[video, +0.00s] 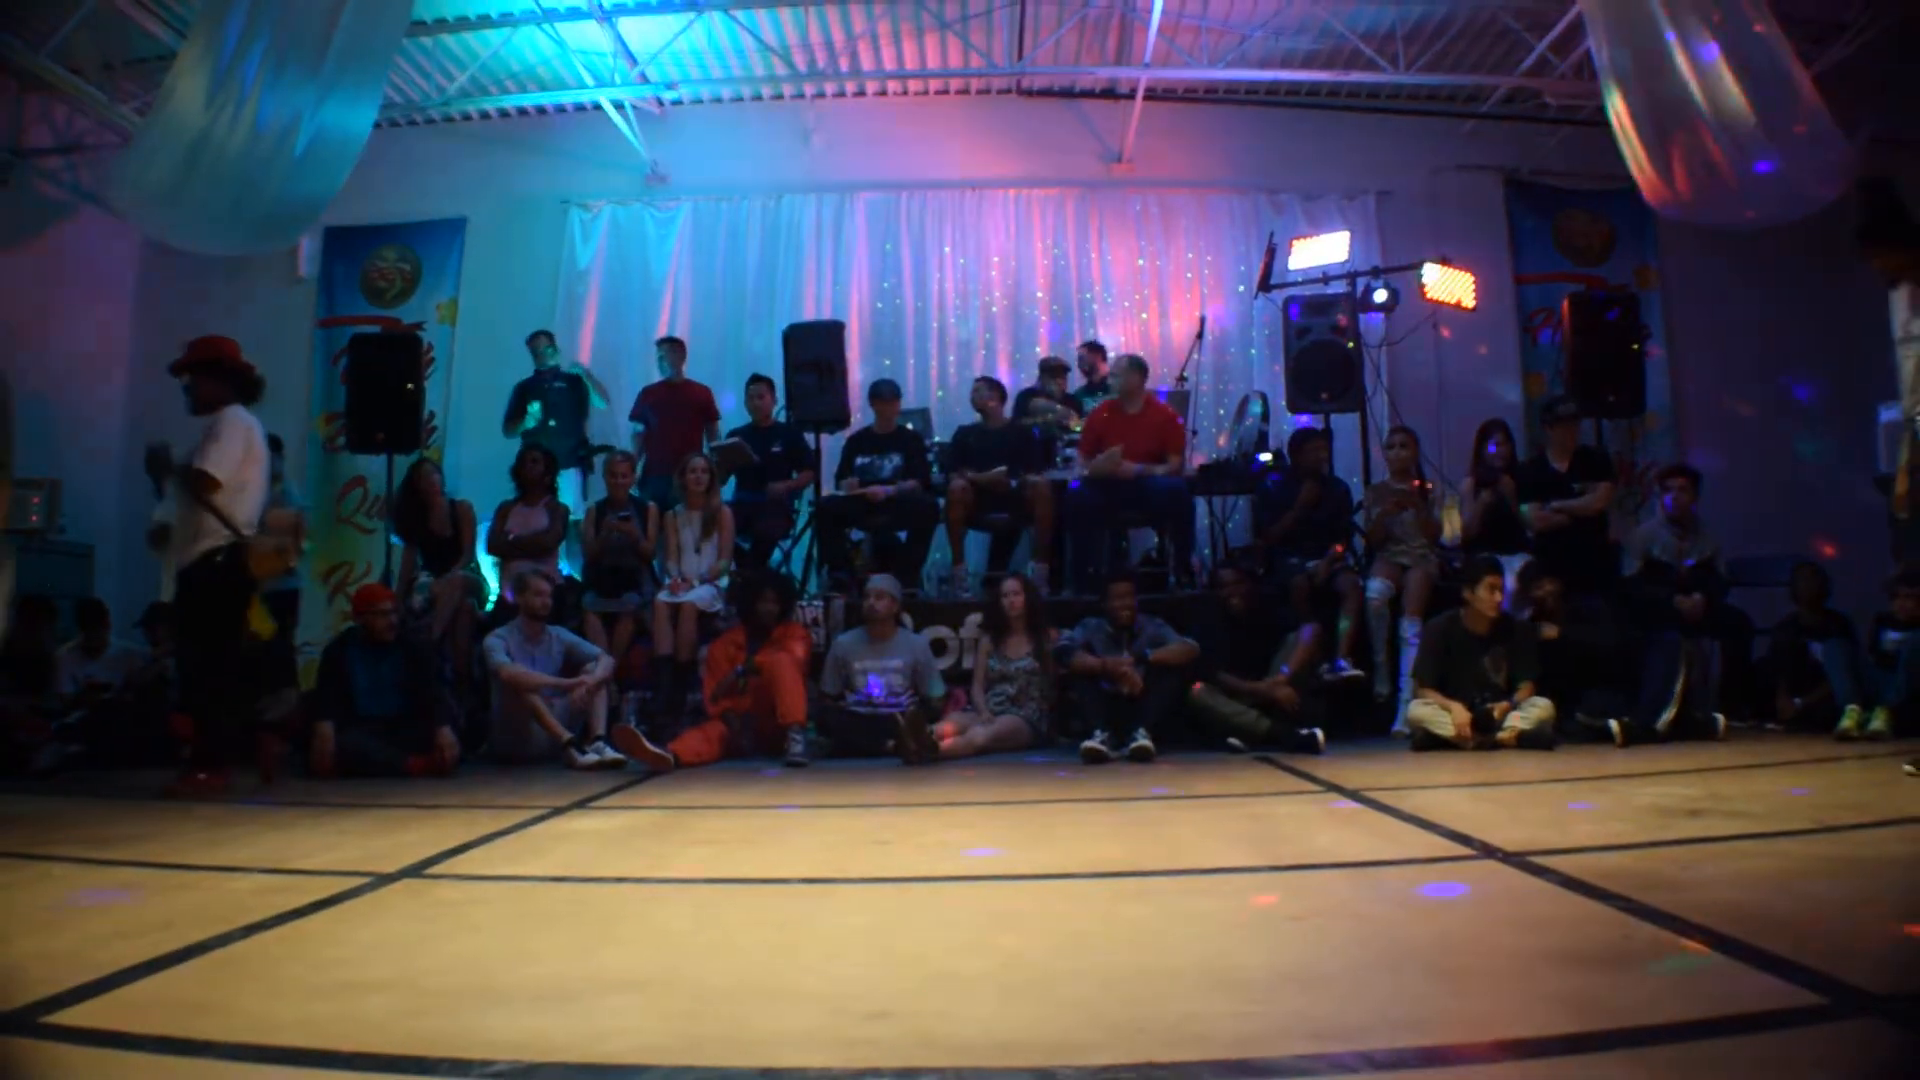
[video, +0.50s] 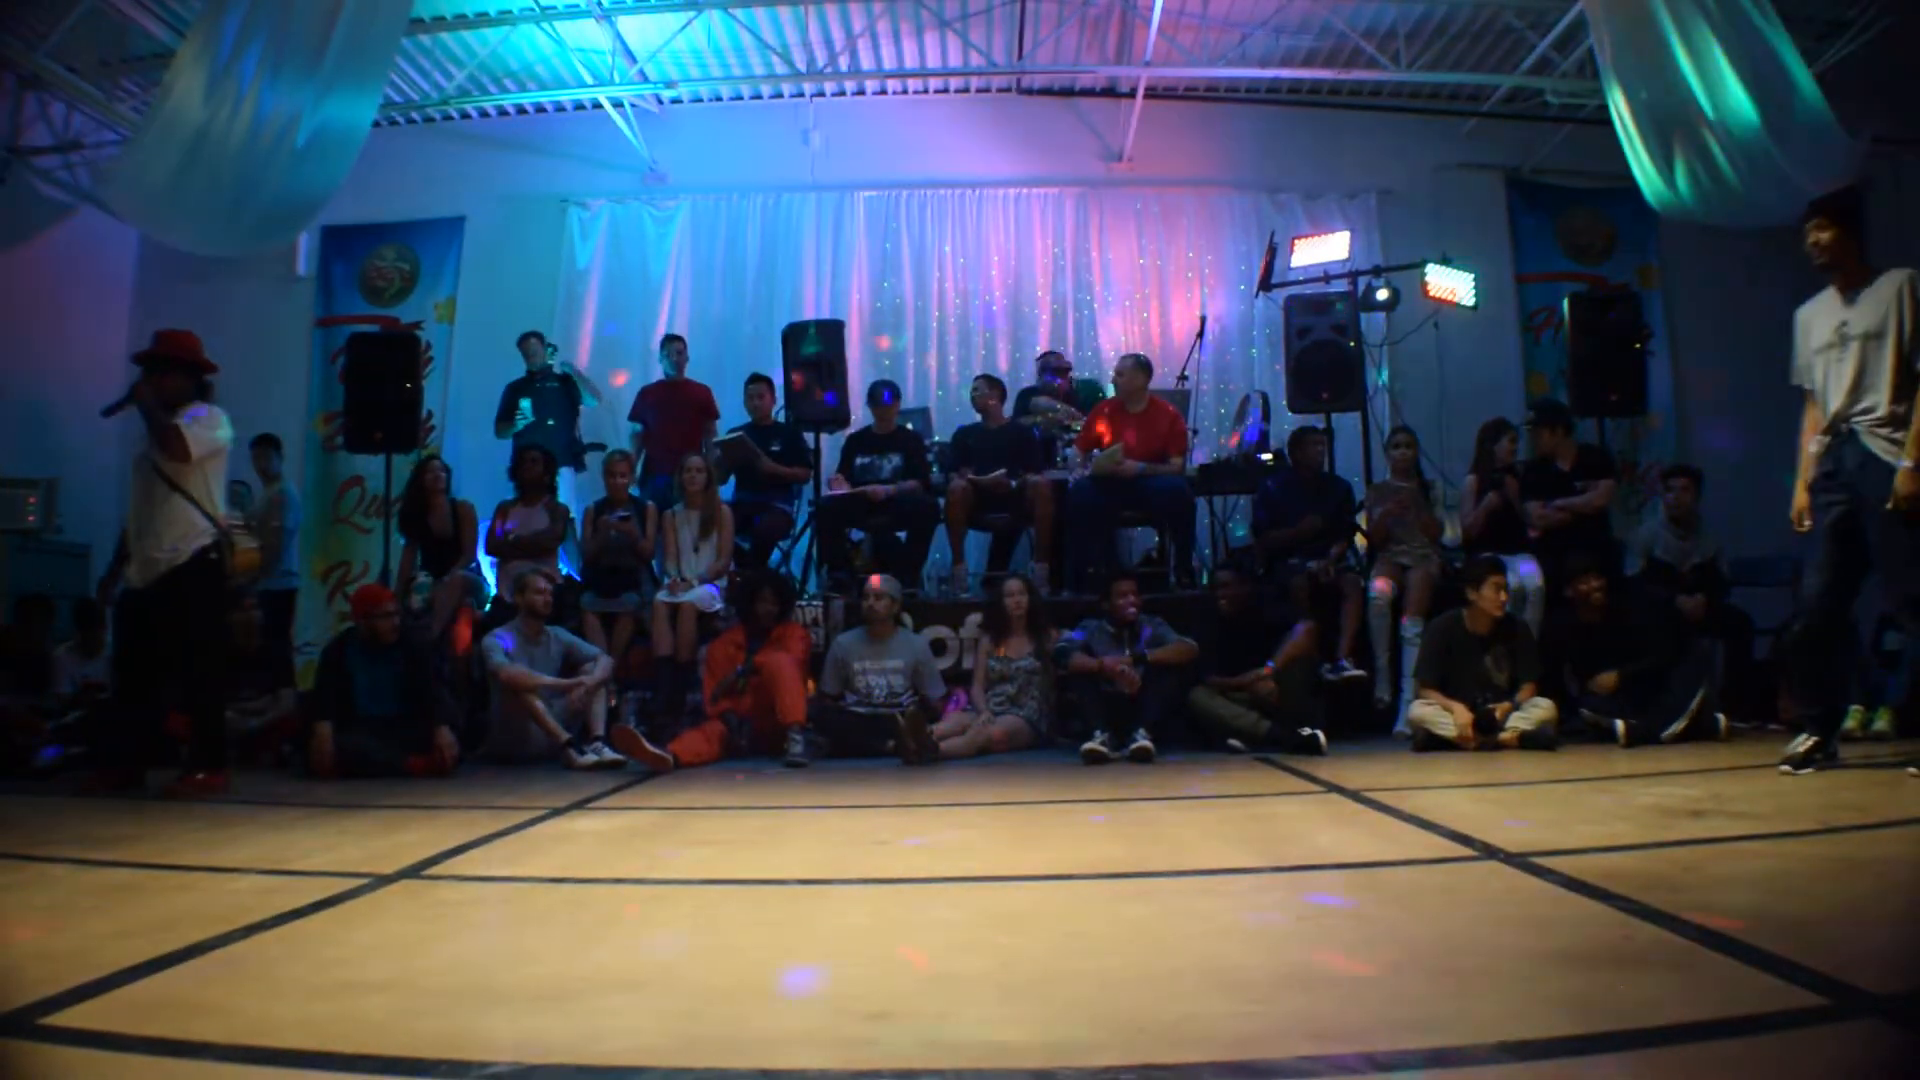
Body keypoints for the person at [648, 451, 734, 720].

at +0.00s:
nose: (699, 477)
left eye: (704, 472)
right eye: (693, 472)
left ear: (711, 477)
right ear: (683, 477)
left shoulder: (721, 513)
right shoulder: (672, 516)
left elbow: (725, 560)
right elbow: (671, 557)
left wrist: (699, 580)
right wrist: (675, 577)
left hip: (710, 579)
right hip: (681, 580)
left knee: (688, 605)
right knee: (661, 603)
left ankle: (682, 679)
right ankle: (663, 678)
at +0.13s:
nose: (696, 477)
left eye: (702, 472)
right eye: (691, 472)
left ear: (710, 478)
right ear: (682, 477)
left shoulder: (721, 513)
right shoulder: (672, 516)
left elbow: (724, 561)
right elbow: (670, 556)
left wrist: (699, 580)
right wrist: (674, 577)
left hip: (710, 579)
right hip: (680, 580)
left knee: (688, 606)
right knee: (660, 604)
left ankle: (682, 680)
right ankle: (662, 679)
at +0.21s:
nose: (695, 477)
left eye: (701, 472)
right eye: (690, 472)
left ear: (709, 477)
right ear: (681, 477)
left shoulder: (721, 512)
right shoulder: (672, 516)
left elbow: (724, 561)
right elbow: (670, 557)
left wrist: (699, 580)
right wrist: (673, 578)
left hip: (711, 579)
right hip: (680, 580)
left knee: (688, 606)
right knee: (660, 603)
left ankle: (682, 679)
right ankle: (662, 678)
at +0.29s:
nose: (695, 477)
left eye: (700, 471)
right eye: (689, 472)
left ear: (709, 477)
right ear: (681, 477)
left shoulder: (721, 513)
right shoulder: (671, 516)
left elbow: (724, 560)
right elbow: (670, 556)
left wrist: (701, 580)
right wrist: (673, 577)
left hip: (711, 579)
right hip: (680, 580)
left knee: (688, 606)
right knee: (660, 604)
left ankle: (681, 679)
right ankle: (662, 678)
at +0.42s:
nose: (694, 477)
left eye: (700, 471)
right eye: (689, 471)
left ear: (709, 477)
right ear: (681, 477)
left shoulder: (721, 514)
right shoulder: (671, 516)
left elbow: (724, 561)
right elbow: (670, 555)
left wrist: (698, 580)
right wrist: (673, 577)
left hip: (709, 579)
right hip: (679, 579)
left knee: (688, 606)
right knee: (660, 604)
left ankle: (682, 679)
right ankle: (662, 678)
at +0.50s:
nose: (694, 476)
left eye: (699, 471)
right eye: (688, 471)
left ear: (709, 476)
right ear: (681, 477)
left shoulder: (721, 512)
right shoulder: (671, 516)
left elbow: (724, 561)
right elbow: (670, 557)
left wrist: (697, 580)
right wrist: (673, 578)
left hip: (710, 580)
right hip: (680, 580)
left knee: (688, 605)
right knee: (660, 603)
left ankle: (682, 679)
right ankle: (662, 677)